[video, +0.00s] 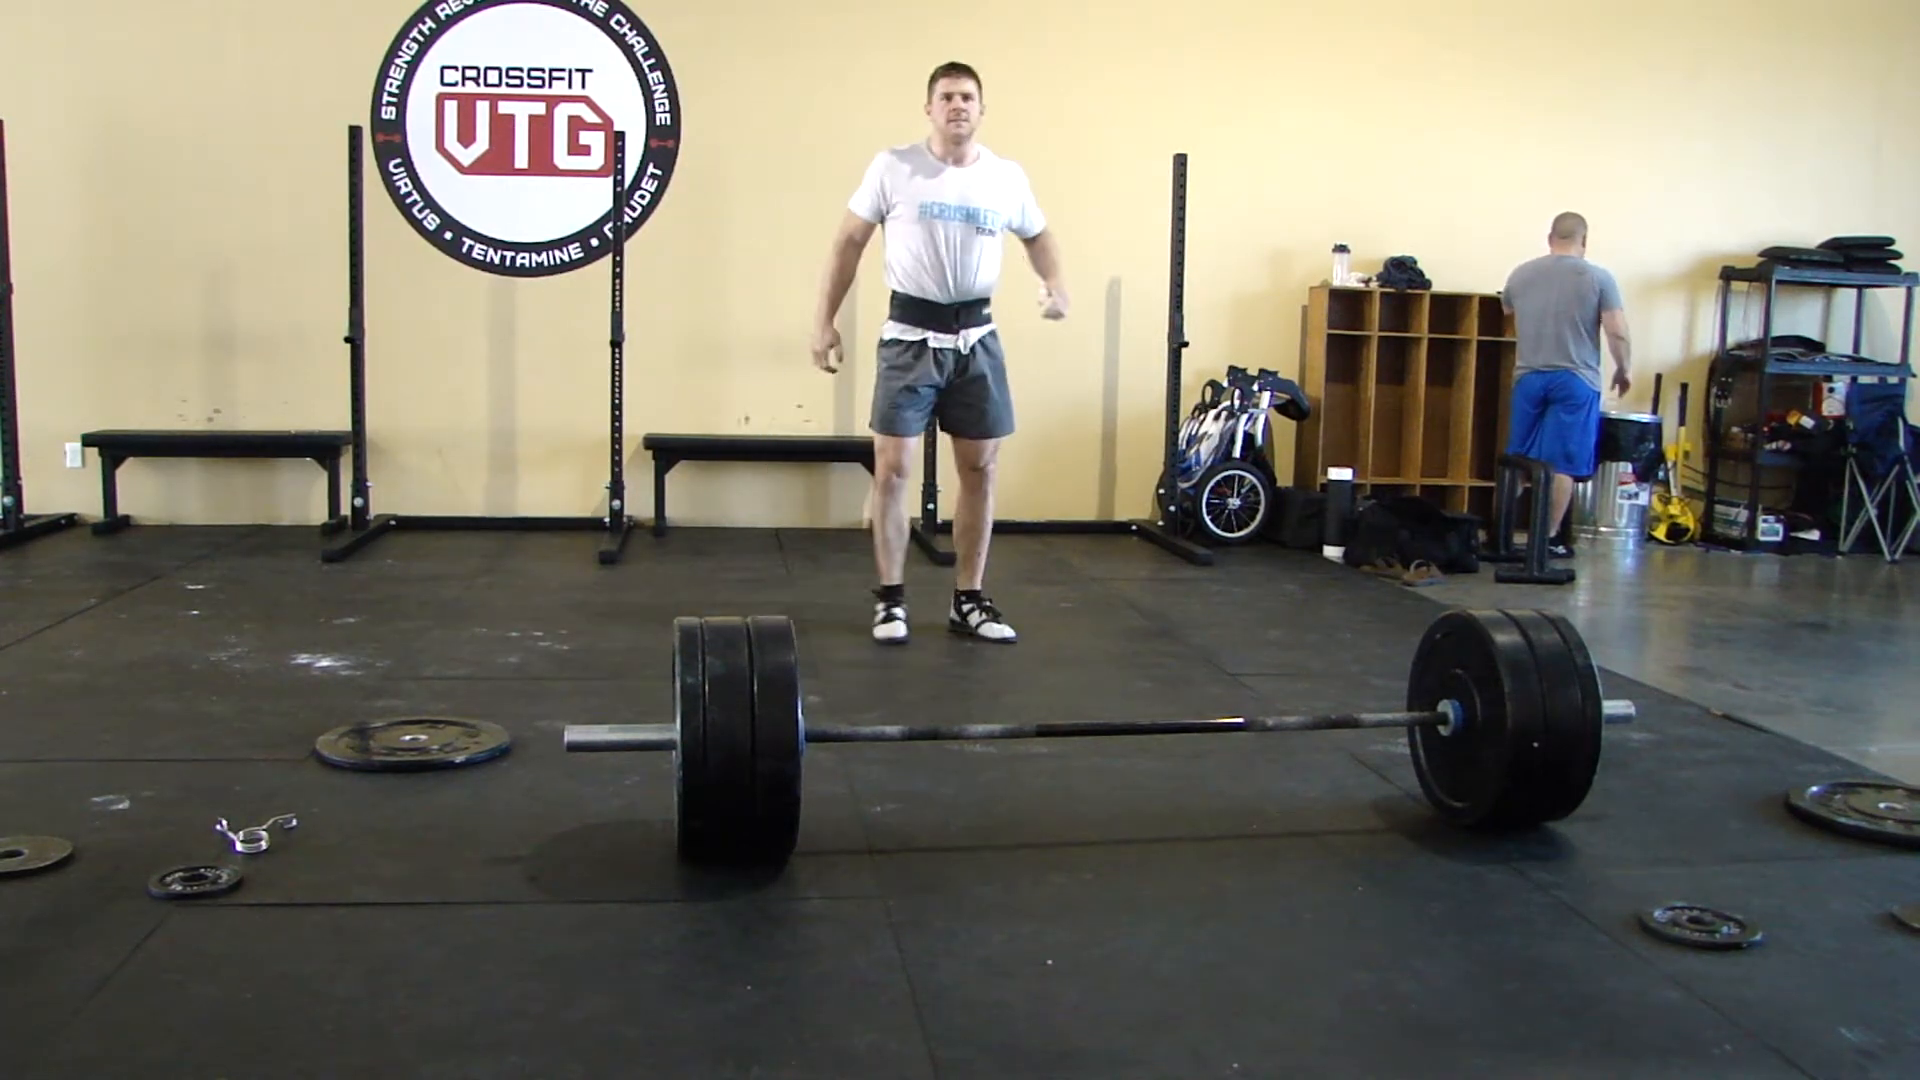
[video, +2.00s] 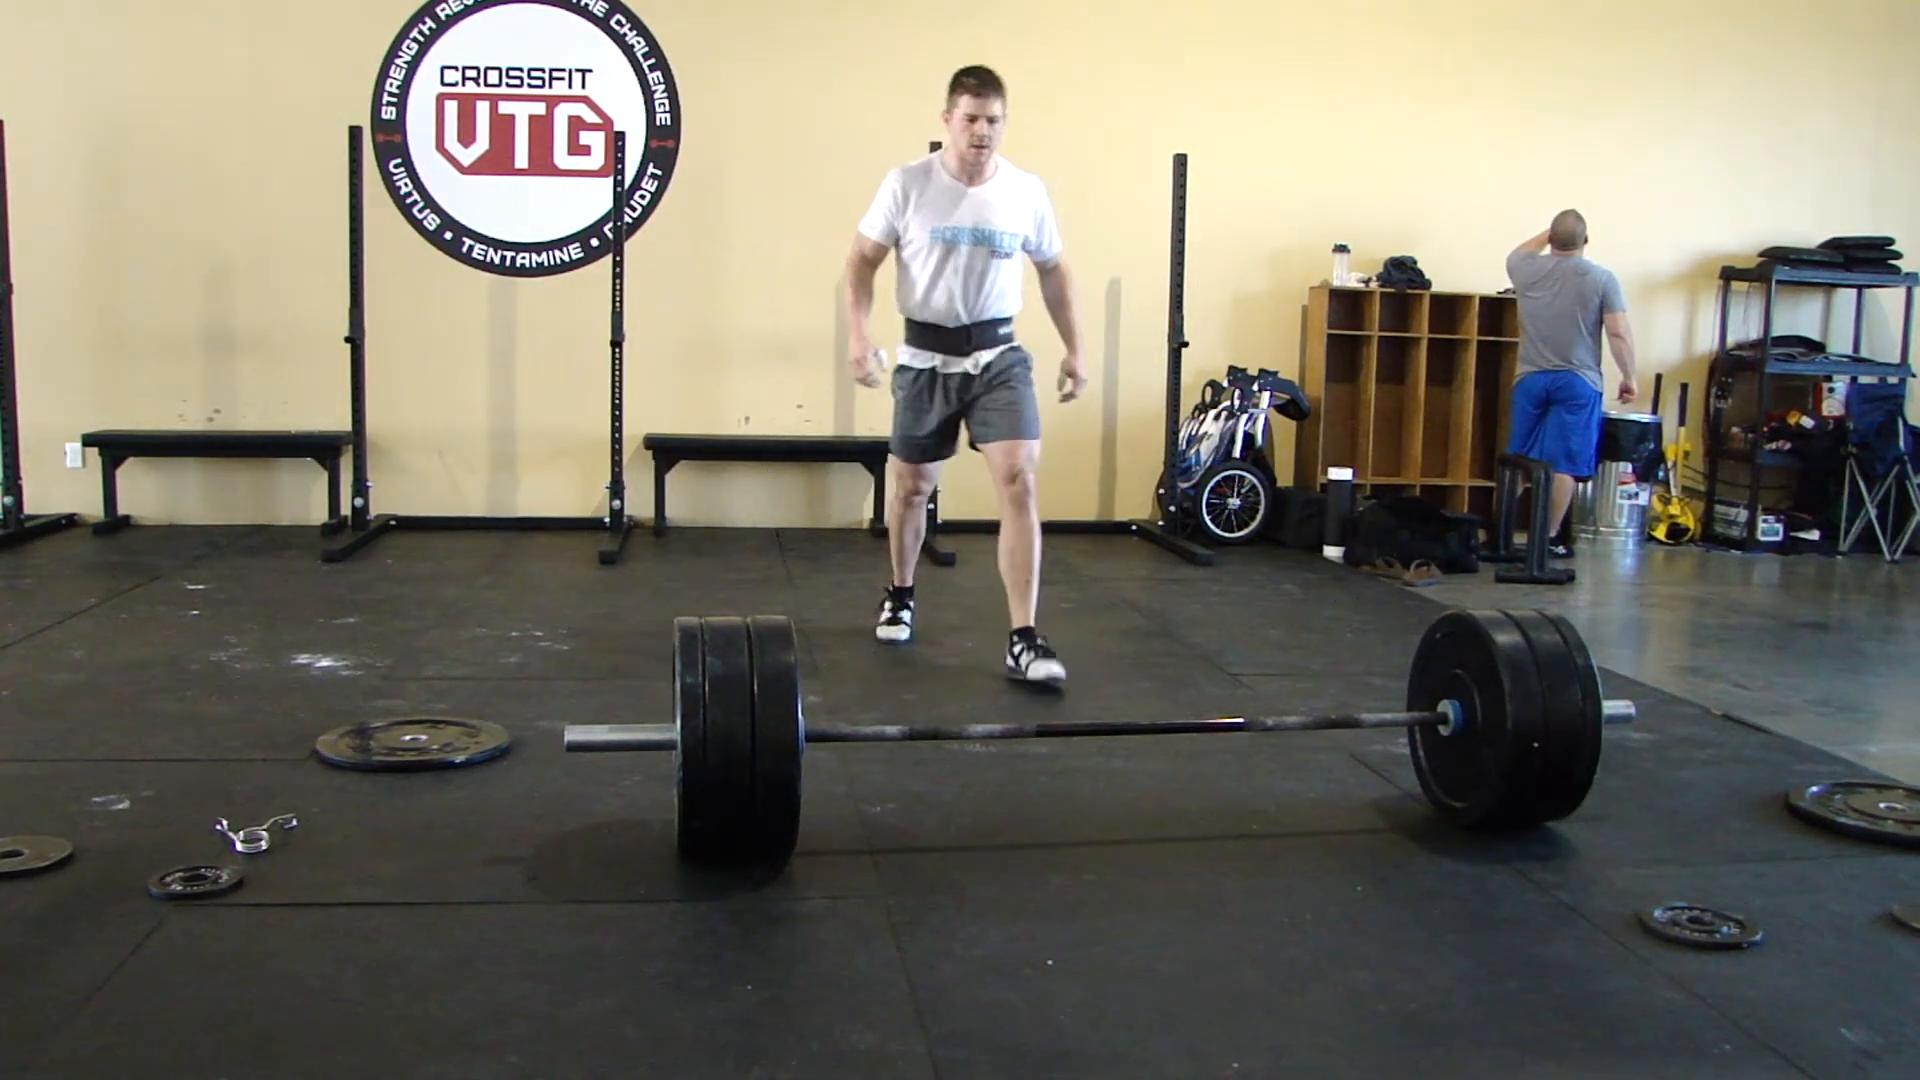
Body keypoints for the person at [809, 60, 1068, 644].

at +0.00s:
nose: (958, 106)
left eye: (967, 98)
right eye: (948, 98)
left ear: (981, 110)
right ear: (928, 109)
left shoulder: (1005, 177)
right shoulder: (893, 169)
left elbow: (1037, 236)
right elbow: (850, 242)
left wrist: (1054, 283)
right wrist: (825, 321)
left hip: (977, 342)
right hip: (909, 340)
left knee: (979, 472)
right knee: (893, 470)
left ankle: (969, 601)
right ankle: (890, 600)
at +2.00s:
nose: (983, 132)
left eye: (993, 121)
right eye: (972, 119)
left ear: (1005, 125)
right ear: (946, 120)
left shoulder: (1026, 192)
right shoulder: (907, 186)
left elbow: (1053, 271)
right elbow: (861, 264)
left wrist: (1074, 349)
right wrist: (857, 336)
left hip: (998, 361)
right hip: (923, 361)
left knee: (1020, 482)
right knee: (910, 488)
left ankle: (1025, 637)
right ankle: (900, 596)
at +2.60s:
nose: (1047, 107)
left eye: (1061, 95)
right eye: (1036, 93)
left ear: (1078, 94)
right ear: (1013, 87)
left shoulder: (1105, 165)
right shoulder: (964, 159)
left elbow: (1150, 247)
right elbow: (910, 245)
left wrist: (1186, 316)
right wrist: (875, 340)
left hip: (1074, 365)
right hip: (996, 361)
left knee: (1055, 517)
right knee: (999, 510)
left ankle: (1028, 639)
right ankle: (989, 690)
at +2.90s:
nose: (1077, 79)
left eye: (1089, 65)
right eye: (1064, 64)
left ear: (1105, 56)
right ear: (1031, 49)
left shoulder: (1129, 130)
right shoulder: (977, 125)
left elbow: (1157, 228)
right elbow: (917, 214)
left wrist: (1180, 328)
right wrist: (882, 303)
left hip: (1105, 346)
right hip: (1013, 347)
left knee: (1157, 509)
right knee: (1010, 517)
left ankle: (1093, 650)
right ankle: (995, 699)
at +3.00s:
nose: (1095, 81)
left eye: (1108, 66)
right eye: (1082, 65)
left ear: (1123, 55)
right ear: (1048, 47)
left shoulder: (1146, 130)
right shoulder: (991, 124)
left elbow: (1171, 230)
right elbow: (917, 211)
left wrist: (1192, 329)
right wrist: (880, 316)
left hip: (1123, 351)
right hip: (1027, 351)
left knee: (1165, 518)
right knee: (1015, 523)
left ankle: (1160, 718)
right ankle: (996, 706)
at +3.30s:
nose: (1179, 98)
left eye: (1194, 84)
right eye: (1164, 80)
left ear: (1212, 71)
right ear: (1130, 53)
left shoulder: (1235, 142)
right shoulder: (1067, 125)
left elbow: (1273, 249)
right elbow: (992, 227)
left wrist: (1314, 358)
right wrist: (950, 340)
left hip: (1189, 370)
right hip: (1081, 365)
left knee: (1231, 549)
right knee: (1028, 557)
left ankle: (1226, 766)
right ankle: (1022, 680)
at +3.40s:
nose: (1193, 92)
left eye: (1209, 79)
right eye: (1181, 74)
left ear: (1231, 61)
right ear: (1147, 40)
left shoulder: (1254, 134)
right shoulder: (1079, 110)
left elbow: (1298, 231)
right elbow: (1005, 216)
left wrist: (1346, 338)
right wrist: (966, 330)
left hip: (1199, 368)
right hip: (1087, 359)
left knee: (1232, 547)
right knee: (1045, 544)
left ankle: (1226, 766)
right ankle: (1033, 729)